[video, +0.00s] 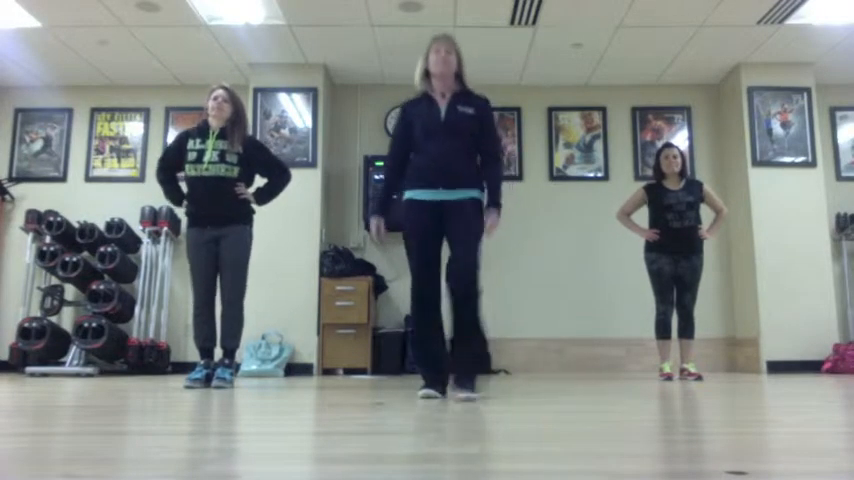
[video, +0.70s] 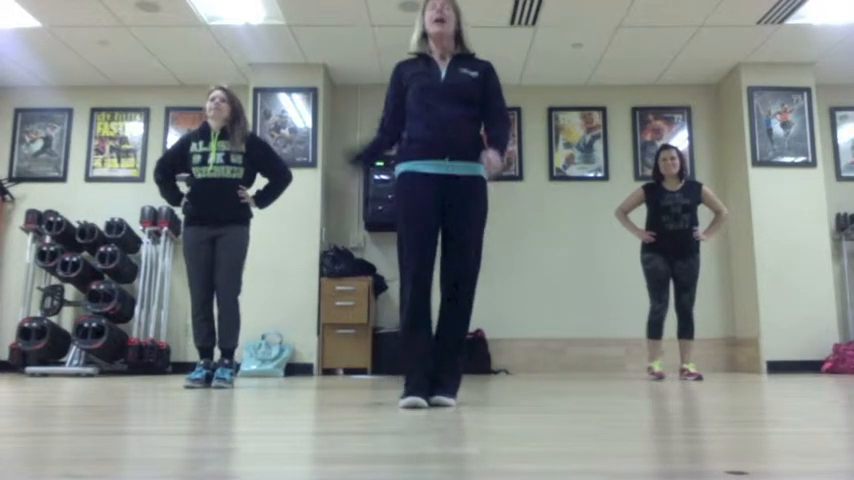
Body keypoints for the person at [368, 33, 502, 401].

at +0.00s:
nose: (443, 58)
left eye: (449, 53)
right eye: (437, 53)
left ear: (458, 61)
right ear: (426, 62)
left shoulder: (477, 105)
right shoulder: (412, 108)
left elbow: (491, 156)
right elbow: (395, 160)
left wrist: (493, 202)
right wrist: (379, 208)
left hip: (465, 204)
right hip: (419, 204)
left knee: (463, 285)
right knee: (424, 290)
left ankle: (464, 375)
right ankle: (432, 378)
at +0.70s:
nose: (438, 14)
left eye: (445, 10)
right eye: (431, 10)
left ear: (457, 22)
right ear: (422, 22)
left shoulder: (480, 69)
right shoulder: (406, 69)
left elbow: (497, 119)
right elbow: (390, 129)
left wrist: (496, 148)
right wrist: (365, 154)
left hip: (467, 180)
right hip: (417, 179)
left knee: (459, 285)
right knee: (415, 283)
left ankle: (444, 386)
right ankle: (416, 386)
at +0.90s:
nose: (435, 7)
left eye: (442, 3)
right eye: (428, 5)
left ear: (454, 15)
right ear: (419, 18)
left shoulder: (478, 66)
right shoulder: (404, 66)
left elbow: (496, 121)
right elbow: (373, 121)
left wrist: (488, 166)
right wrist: (323, 99)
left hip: (465, 180)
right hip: (415, 179)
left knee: (456, 286)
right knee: (413, 285)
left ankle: (444, 387)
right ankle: (414, 388)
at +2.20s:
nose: (443, 3)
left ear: (461, 9)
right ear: (426, 10)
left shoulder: (482, 64)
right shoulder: (406, 58)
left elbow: (497, 127)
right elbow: (392, 122)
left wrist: (517, 174)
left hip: (469, 182)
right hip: (414, 179)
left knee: (505, 270)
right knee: (410, 284)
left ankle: (507, 381)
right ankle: (413, 388)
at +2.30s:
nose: (450, 2)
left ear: (468, 8)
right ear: (432, 9)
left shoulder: (489, 65)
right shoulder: (414, 56)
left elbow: (506, 129)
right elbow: (394, 123)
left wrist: (541, 165)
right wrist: (364, 132)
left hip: (474, 181)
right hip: (421, 178)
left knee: (514, 268)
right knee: (415, 282)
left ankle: (517, 380)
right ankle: (413, 387)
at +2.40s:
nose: (474, 14)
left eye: (480, 9)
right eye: (466, 9)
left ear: (488, 13)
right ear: (454, 13)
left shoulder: (505, 64)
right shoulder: (434, 50)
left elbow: (535, 124)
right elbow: (405, 106)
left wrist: (588, 145)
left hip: (489, 182)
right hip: (437, 179)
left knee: (523, 277)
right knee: (426, 285)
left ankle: (554, 380)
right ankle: (414, 388)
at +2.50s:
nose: (489, 18)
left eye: (494, 12)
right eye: (480, 12)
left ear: (501, 15)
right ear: (466, 15)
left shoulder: (514, 65)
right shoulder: (448, 48)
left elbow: (552, 127)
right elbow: (426, 102)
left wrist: (616, 138)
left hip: (498, 184)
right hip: (449, 180)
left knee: (527, 282)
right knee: (432, 284)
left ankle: (560, 385)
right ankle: (414, 389)